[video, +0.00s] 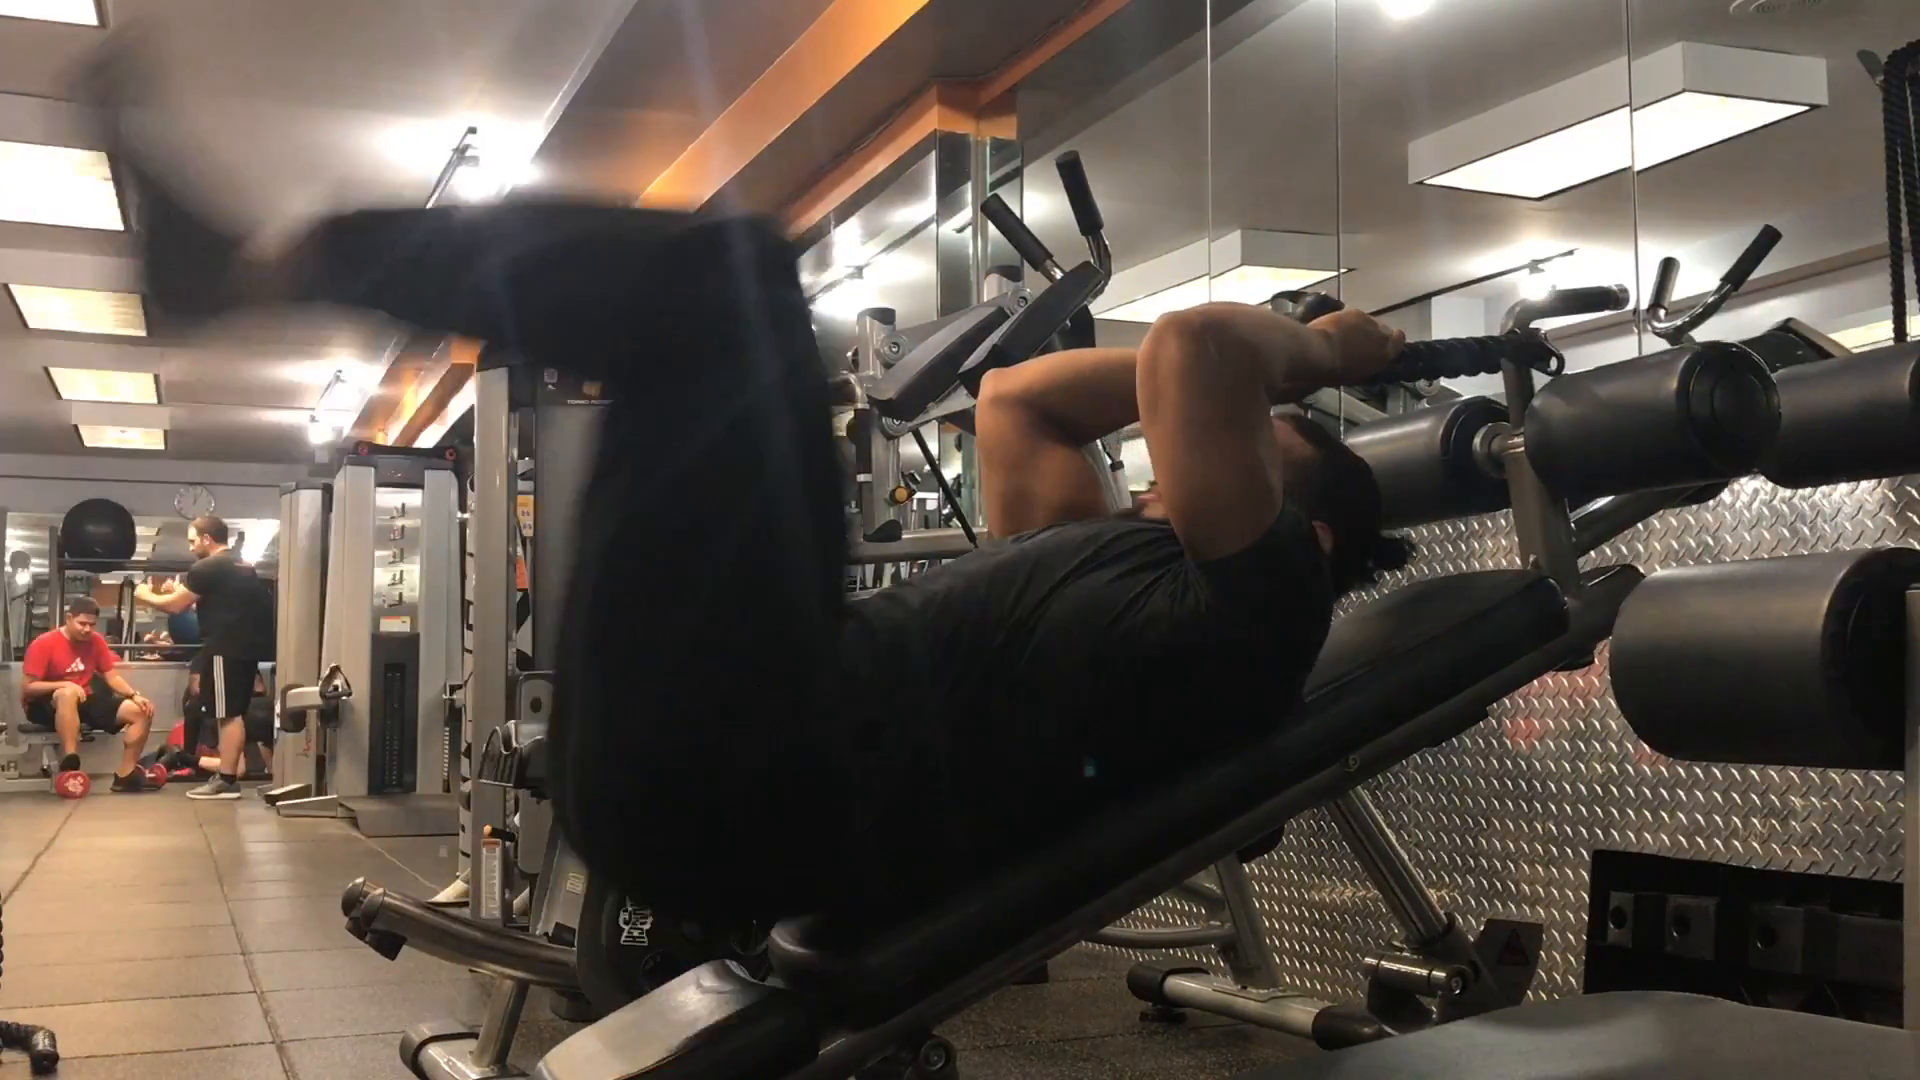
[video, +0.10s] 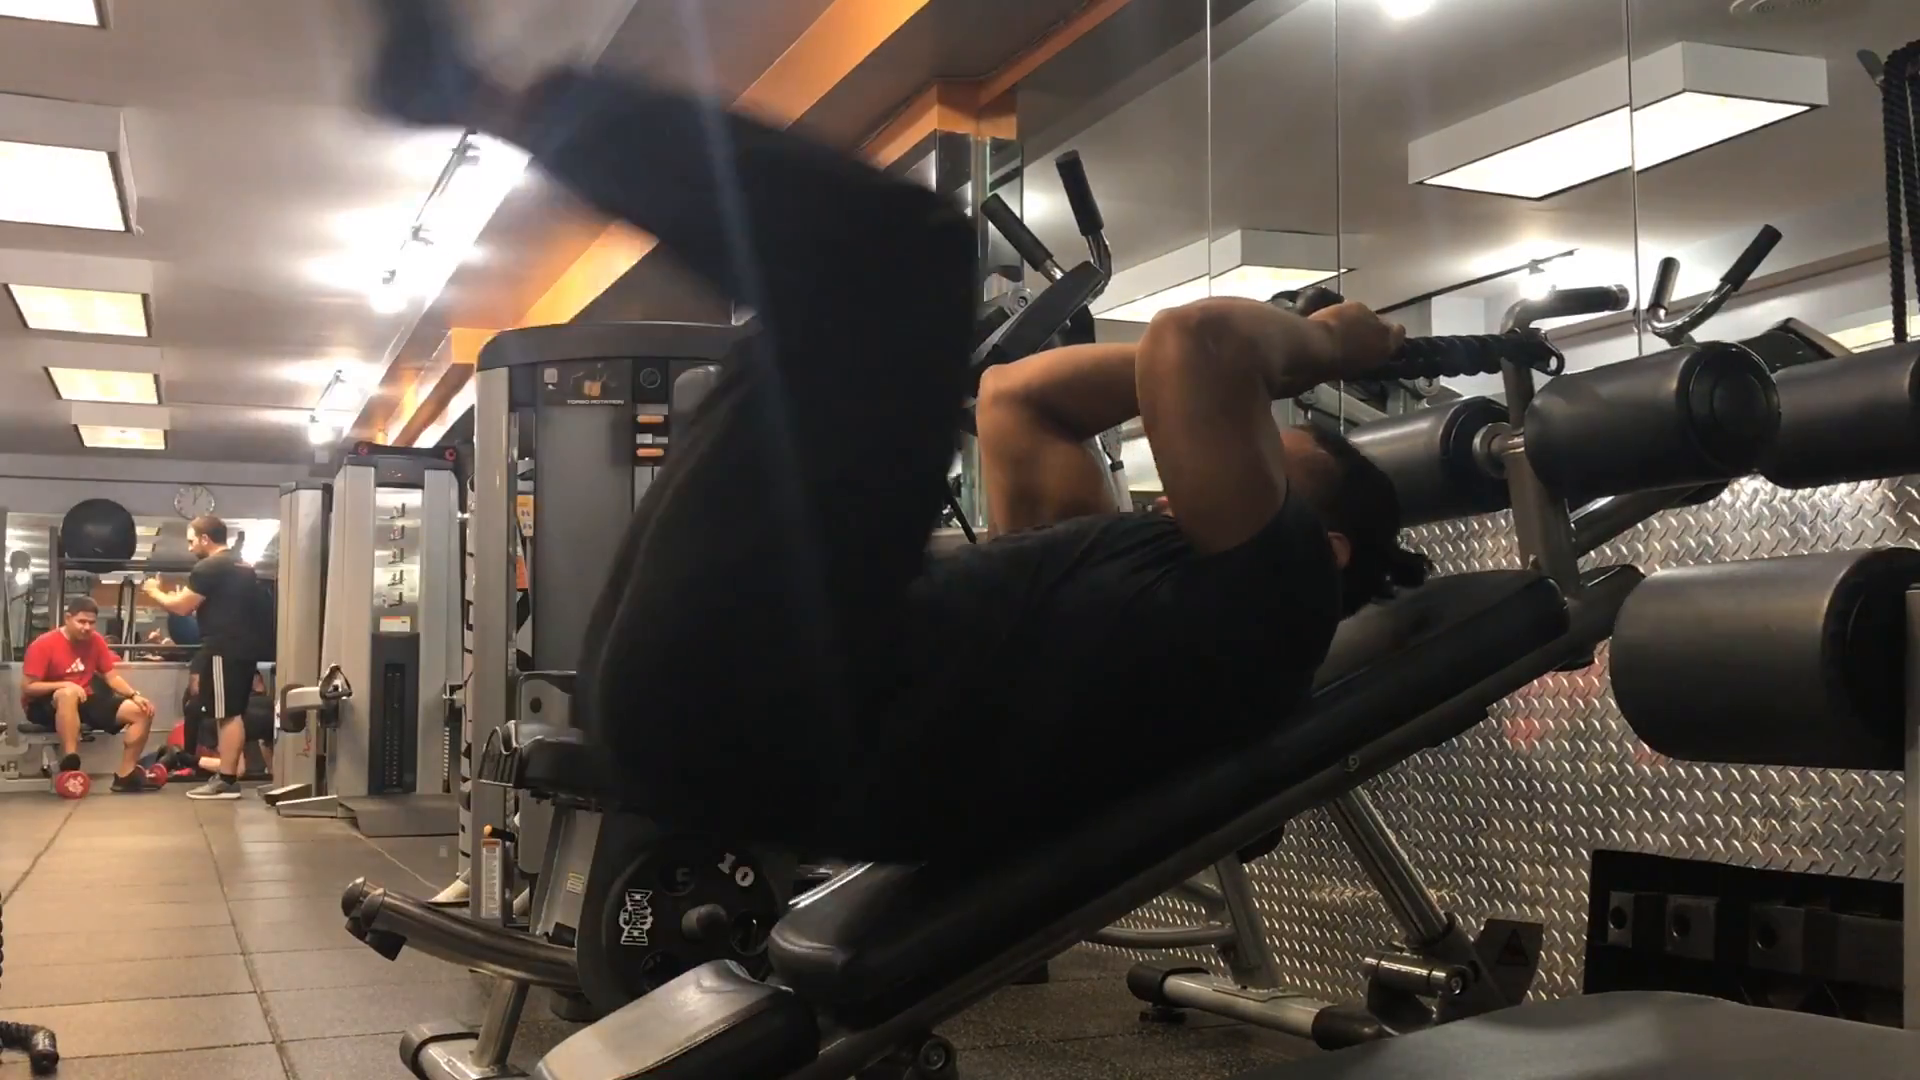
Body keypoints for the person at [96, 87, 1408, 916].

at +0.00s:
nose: (1236, 468)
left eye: (1270, 463)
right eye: (1253, 454)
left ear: (1303, 521)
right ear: (1233, 500)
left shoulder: (1254, 618)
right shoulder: (1103, 581)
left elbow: (1194, 337)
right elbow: (1010, 401)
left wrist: (1323, 344)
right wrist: (1216, 393)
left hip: (735, 820)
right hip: (730, 754)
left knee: (721, 273)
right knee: (739, 266)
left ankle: (262, 263)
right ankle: (320, 256)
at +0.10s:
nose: (1265, 445)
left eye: (1296, 451)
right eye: (1276, 438)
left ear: (1331, 536)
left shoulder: (1272, 602)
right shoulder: (1107, 573)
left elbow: (1195, 335)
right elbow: (1017, 395)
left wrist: (1326, 339)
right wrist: (1205, 406)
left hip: (744, 728)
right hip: (676, 714)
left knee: (911, 248)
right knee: (884, 291)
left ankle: (473, 88)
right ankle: (481, 96)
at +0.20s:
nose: (1273, 446)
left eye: (1304, 458)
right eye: (1288, 447)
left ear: (1337, 543)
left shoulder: (1285, 602)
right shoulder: (1113, 590)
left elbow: (1195, 332)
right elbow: (1044, 396)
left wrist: (1327, 329)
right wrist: (1200, 379)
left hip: (759, 625)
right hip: (706, 621)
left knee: (1030, 230)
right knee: (1024, 230)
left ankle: (667, 20)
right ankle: (677, 30)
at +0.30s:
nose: (1308, 452)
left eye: (1336, 463)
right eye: (1323, 449)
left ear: (1353, 554)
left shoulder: (1291, 605)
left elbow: (1185, 345)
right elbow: (1042, 426)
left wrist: (1331, 328)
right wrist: (1152, 377)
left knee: (1112, 202)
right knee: (1084, 223)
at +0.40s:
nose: (1292, 462)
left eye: (1328, 471)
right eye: (1308, 460)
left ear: (1354, 565)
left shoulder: (1295, 610)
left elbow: (1197, 347)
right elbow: (1037, 424)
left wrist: (1331, 331)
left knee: (1174, 184)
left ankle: (928, 15)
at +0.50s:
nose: (1291, 461)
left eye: (1325, 469)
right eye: (1308, 459)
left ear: (1351, 566)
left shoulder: (1296, 607)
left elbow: (1201, 349)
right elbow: (1044, 442)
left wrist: (1335, 327)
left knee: (1200, 179)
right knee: (1127, 200)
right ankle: (977, 28)